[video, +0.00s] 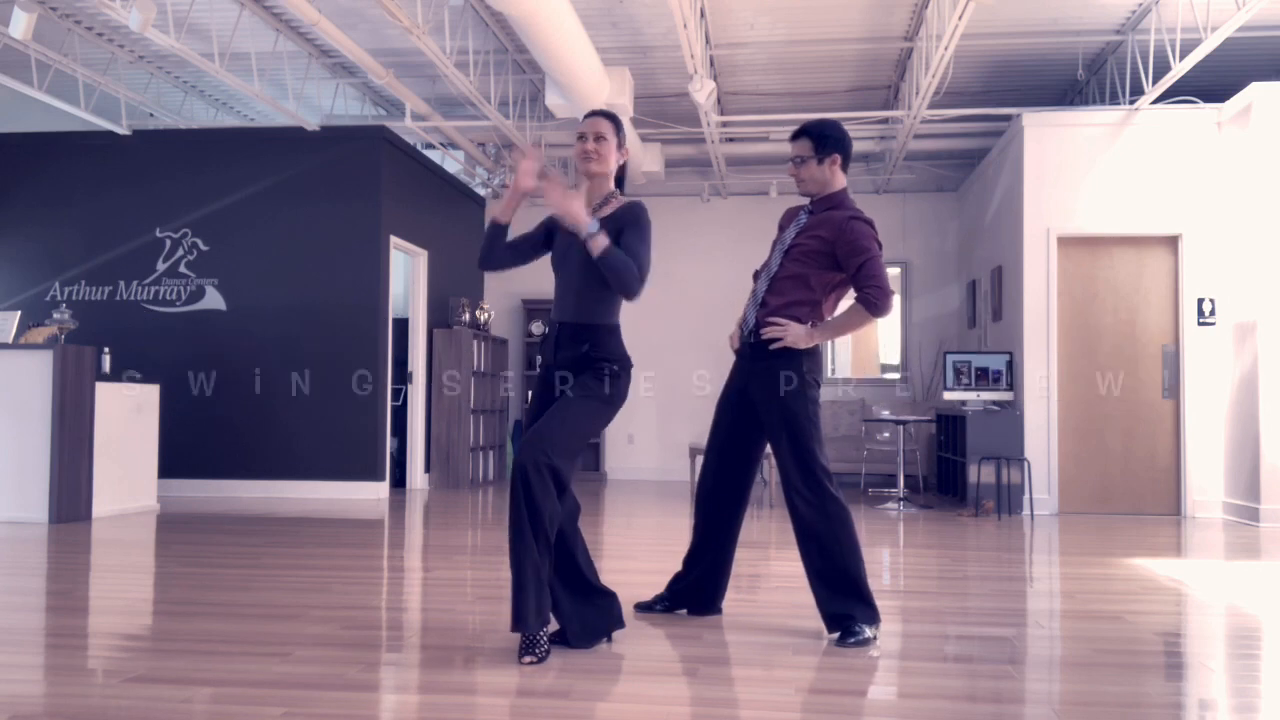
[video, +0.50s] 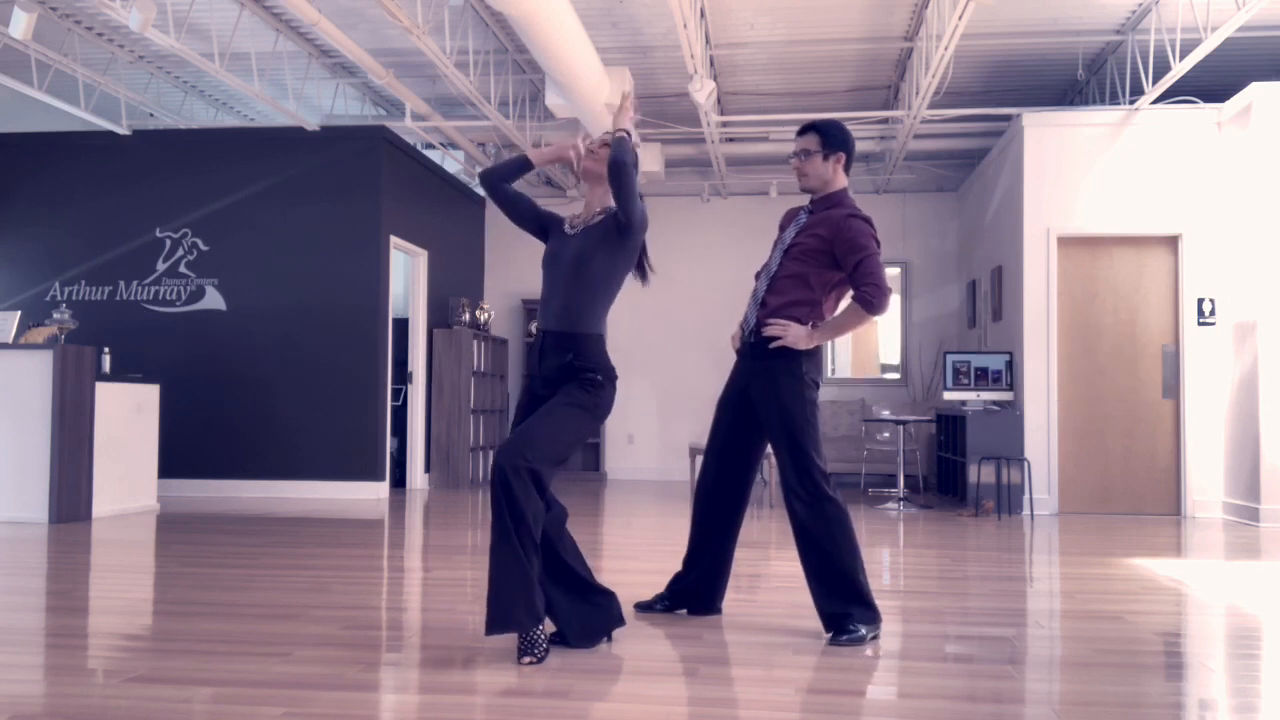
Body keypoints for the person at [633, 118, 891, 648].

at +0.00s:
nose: (792, 169)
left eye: (801, 161)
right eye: (791, 161)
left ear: (833, 163)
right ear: (812, 164)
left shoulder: (850, 224)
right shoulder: (797, 217)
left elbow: (877, 301)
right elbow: (770, 278)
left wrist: (816, 334)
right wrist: (743, 324)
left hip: (787, 365)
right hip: (750, 360)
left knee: (810, 489)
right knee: (721, 480)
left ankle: (854, 617)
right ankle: (697, 592)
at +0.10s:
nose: (795, 169)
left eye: (804, 161)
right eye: (794, 161)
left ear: (836, 164)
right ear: (814, 165)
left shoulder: (851, 224)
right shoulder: (799, 217)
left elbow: (877, 301)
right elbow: (780, 281)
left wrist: (817, 334)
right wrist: (746, 325)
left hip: (787, 363)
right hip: (751, 358)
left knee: (808, 486)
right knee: (722, 478)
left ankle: (854, 616)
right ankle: (697, 591)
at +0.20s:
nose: (796, 168)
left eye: (805, 160)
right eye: (796, 160)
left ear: (838, 164)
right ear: (816, 164)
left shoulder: (851, 224)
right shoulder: (800, 217)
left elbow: (876, 301)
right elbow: (783, 281)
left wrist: (817, 334)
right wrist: (748, 325)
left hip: (786, 364)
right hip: (751, 359)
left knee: (808, 487)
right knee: (721, 479)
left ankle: (855, 616)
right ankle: (697, 592)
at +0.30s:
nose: (796, 167)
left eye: (806, 158)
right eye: (796, 159)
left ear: (839, 164)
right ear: (811, 164)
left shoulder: (851, 224)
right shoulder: (800, 217)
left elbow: (876, 301)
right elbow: (782, 281)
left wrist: (816, 334)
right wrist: (748, 326)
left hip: (787, 364)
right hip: (752, 359)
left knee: (809, 487)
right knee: (722, 479)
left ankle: (855, 616)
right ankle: (697, 591)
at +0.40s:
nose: (796, 165)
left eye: (806, 156)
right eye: (796, 157)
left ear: (839, 163)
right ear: (807, 164)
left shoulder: (849, 222)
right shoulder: (799, 217)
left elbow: (875, 299)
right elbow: (783, 280)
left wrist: (817, 335)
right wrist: (748, 326)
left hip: (787, 364)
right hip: (752, 359)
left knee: (809, 487)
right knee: (721, 479)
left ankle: (855, 616)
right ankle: (697, 591)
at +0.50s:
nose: (795, 164)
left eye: (805, 156)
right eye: (794, 156)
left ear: (837, 162)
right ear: (806, 164)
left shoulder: (848, 221)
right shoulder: (798, 217)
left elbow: (874, 298)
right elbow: (780, 280)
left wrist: (817, 334)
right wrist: (747, 325)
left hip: (787, 364)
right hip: (751, 359)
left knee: (807, 487)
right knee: (721, 479)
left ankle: (855, 616)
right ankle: (697, 591)